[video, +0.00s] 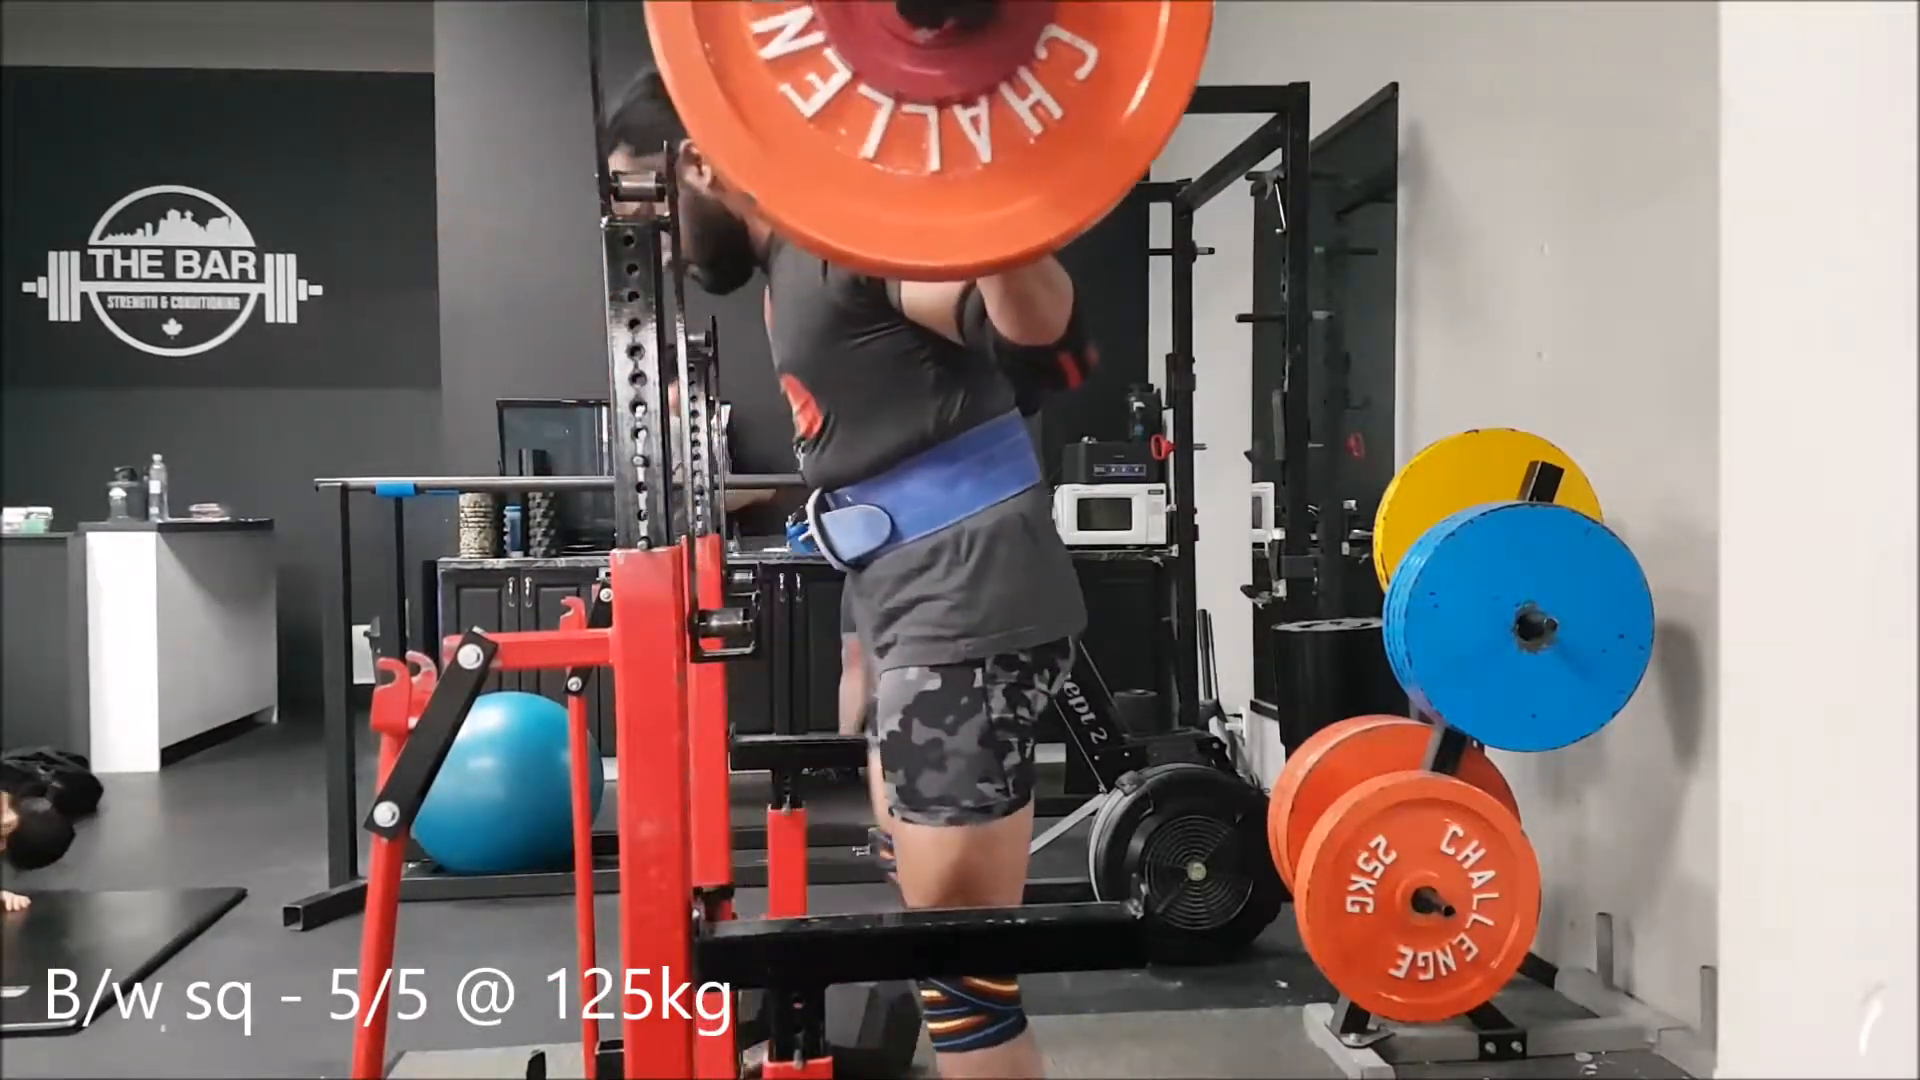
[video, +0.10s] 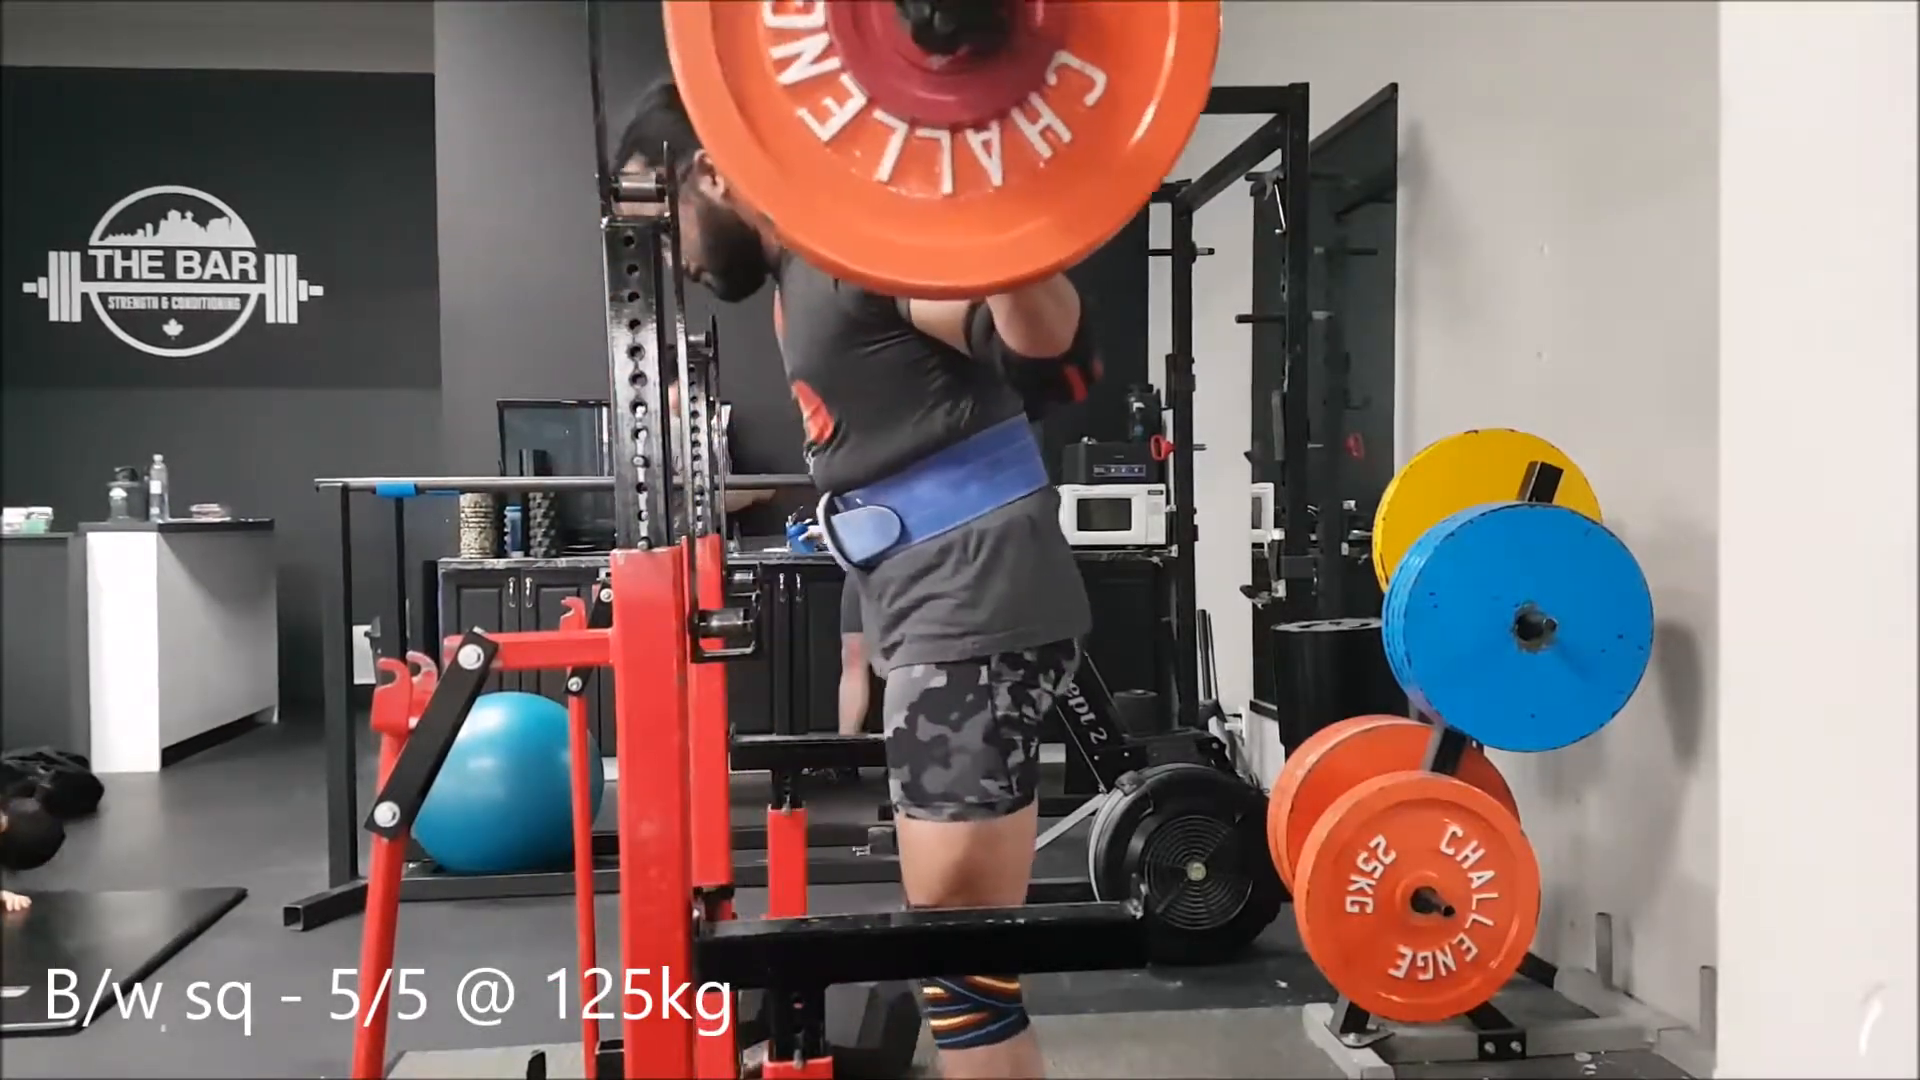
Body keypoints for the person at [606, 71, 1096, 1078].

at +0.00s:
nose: (662, 214)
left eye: (664, 182)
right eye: (645, 196)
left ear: (716, 150)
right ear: (710, 167)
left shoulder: (855, 230)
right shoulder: (787, 264)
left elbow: (1040, 320)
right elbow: (864, 460)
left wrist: (983, 168)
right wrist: (742, 499)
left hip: (965, 587)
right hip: (902, 594)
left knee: (961, 977)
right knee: (943, 957)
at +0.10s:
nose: (672, 254)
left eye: (664, 219)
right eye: (654, 231)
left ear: (711, 164)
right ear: (706, 177)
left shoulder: (858, 237)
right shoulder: (797, 272)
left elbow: (1045, 333)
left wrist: (995, 183)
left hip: (973, 588)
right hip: (919, 597)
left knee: (961, 964)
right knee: (957, 960)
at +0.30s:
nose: (692, 263)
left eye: (687, 221)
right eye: (680, 230)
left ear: (733, 182)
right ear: (729, 192)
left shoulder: (864, 243)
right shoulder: (814, 278)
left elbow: (1053, 337)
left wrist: (1007, 184)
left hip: (979, 573)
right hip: (929, 582)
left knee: (977, 950)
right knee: (963, 944)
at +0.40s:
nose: (697, 269)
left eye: (690, 229)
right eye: (683, 240)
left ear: (734, 181)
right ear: (732, 191)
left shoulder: (869, 242)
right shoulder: (819, 274)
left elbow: (1056, 331)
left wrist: (1006, 179)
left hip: (985, 575)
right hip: (937, 583)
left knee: (988, 939)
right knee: (976, 934)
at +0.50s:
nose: (697, 265)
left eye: (690, 228)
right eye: (682, 240)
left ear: (736, 179)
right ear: (731, 191)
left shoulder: (869, 237)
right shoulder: (818, 271)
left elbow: (1056, 332)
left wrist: (1008, 179)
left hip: (985, 568)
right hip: (932, 578)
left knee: (998, 934)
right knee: (981, 931)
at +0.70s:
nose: (699, 269)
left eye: (693, 233)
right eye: (684, 243)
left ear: (740, 184)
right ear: (735, 195)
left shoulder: (877, 242)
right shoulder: (824, 278)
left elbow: (1061, 336)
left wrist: (1017, 184)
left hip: (993, 584)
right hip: (930, 593)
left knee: (1003, 941)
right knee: (972, 933)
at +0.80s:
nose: (699, 267)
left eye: (693, 230)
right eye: (684, 242)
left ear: (744, 178)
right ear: (741, 190)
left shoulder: (884, 242)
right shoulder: (826, 279)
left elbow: (1064, 336)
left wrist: (1022, 183)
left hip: (997, 580)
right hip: (936, 589)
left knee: (1002, 938)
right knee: (976, 932)